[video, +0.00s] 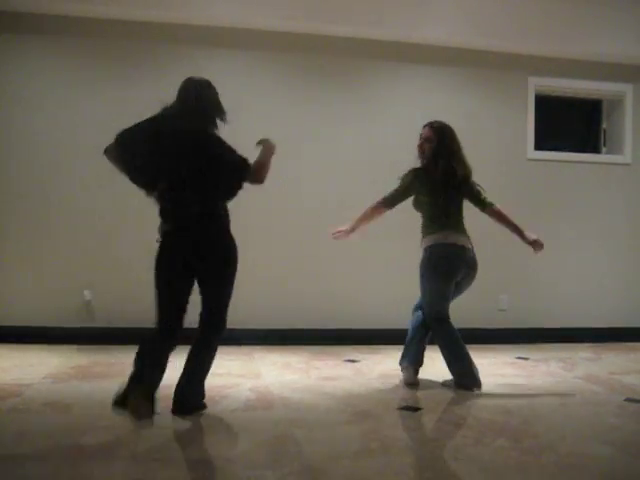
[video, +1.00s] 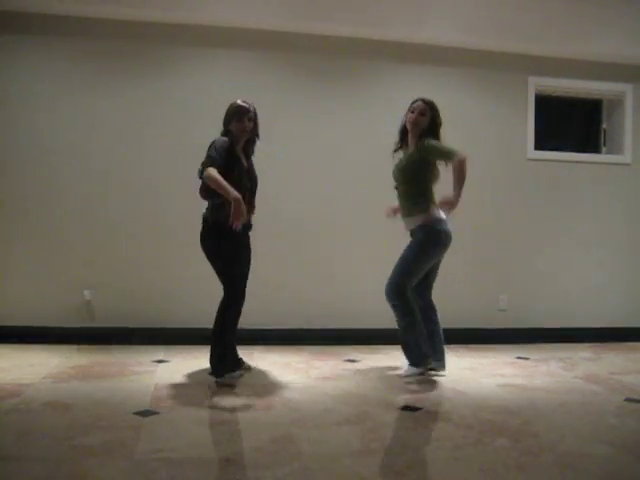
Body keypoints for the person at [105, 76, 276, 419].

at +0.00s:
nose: (216, 114)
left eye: (214, 107)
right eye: (215, 107)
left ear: (179, 102)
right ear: (211, 108)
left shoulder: (159, 133)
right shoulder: (210, 144)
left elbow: (115, 151)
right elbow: (256, 175)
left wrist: (152, 185)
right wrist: (267, 150)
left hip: (173, 242)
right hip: (215, 243)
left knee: (168, 324)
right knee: (213, 323)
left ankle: (139, 394)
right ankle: (188, 399)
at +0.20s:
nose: (228, 93)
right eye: (228, 87)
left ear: (196, 86)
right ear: (227, 88)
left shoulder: (180, 110)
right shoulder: (233, 110)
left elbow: (145, 141)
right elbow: (264, 134)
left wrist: (179, 137)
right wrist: (288, 153)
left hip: (181, 208)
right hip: (211, 209)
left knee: (234, 251)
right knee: (211, 292)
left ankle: (191, 309)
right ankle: (183, 379)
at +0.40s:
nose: (247, 113)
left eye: (245, 108)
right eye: (245, 107)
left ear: (209, 104)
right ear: (241, 107)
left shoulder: (194, 134)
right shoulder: (240, 132)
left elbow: (186, 178)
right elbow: (254, 174)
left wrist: (207, 196)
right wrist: (274, 208)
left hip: (196, 220)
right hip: (218, 221)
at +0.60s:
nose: (251, 132)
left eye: (251, 126)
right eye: (247, 126)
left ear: (233, 130)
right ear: (233, 129)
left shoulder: (231, 160)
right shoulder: (215, 162)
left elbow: (242, 199)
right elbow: (201, 208)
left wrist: (273, 193)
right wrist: (230, 236)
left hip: (234, 241)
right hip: (219, 243)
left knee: (247, 301)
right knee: (238, 305)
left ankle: (229, 356)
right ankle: (201, 379)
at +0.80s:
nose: (243, 126)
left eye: (247, 121)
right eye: (237, 121)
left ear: (252, 125)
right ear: (225, 124)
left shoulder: (250, 153)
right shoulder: (216, 151)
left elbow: (252, 185)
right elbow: (196, 183)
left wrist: (260, 210)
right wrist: (223, 186)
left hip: (233, 233)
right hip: (216, 233)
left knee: (241, 295)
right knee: (236, 295)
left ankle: (227, 355)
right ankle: (215, 364)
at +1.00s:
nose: (244, 125)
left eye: (249, 120)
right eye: (239, 119)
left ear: (255, 125)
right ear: (229, 122)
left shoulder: (246, 155)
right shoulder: (222, 145)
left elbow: (246, 190)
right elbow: (208, 172)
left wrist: (247, 207)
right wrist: (235, 197)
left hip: (237, 231)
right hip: (218, 230)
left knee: (237, 294)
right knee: (233, 293)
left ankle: (229, 356)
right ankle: (220, 363)